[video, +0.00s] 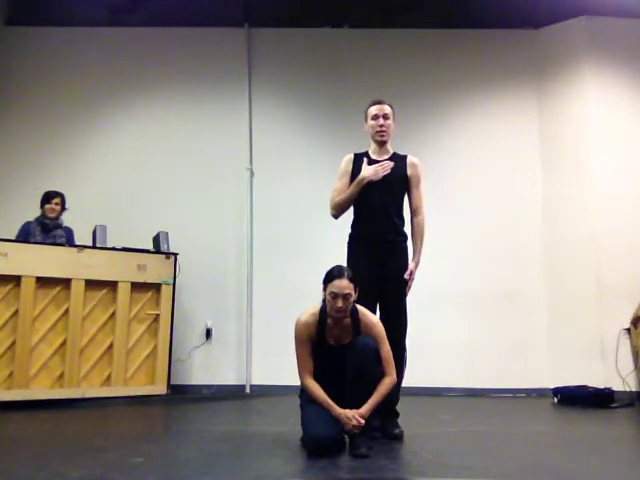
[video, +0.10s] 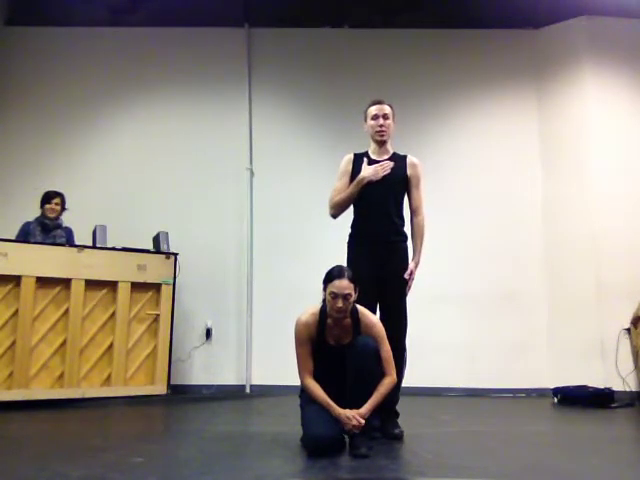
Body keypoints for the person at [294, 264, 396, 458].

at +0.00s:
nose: (339, 304)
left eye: (346, 297)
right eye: (333, 296)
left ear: (355, 295)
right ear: (324, 293)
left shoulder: (370, 323)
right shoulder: (306, 324)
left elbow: (391, 377)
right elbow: (306, 378)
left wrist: (362, 413)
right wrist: (338, 413)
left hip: (356, 392)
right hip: (321, 394)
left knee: (365, 346)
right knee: (321, 444)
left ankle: (360, 433)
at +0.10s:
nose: (340, 304)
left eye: (346, 297)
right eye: (333, 296)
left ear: (355, 295)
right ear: (324, 293)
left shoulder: (370, 323)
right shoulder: (306, 324)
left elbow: (391, 377)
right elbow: (306, 378)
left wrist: (362, 413)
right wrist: (338, 413)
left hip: (356, 393)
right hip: (321, 394)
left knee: (365, 346)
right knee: (321, 444)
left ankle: (360, 433)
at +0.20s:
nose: (340, 304)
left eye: (346, 297)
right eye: (333, 296)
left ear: (355, 295)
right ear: (324, 293)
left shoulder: (370, 324)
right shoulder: (306, 324)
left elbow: (391, 377)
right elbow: (306, 378)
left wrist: (362, 413)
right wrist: (338, 413)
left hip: (356, 393)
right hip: (321, 394)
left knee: (365, 346)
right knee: (322, 444)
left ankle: (360, 433)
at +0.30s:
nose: (340, 304)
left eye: (346, 297)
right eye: (333, 296)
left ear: (355, 295)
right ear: (324, 293)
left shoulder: (370, 324)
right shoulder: (306, 324)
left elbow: (391, 377)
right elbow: (306, 378)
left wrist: (362, 413)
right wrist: (338, 413)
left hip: (356, 393)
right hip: (321, 394)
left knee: (365, 346)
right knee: (322, 444)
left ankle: (360, 433)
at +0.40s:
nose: (340, 304)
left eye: (346, 297)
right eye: (333, 296)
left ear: (355, 295)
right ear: (324, 293)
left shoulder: (370, 324)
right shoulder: (306, 324)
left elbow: (391, 377)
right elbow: (306, 378)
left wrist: (362, 413)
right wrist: (338, 413)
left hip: (356, 393)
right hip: (321, 394)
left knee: (365, 346)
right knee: (322, 444)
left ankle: (360, 433)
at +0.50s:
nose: (339, 304)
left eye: (346, 298)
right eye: (333, 297)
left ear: (355, 296)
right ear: (324, 293)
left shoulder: (370, 324)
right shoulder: (306, 324)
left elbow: (391, 377)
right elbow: (306, 378)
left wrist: (362, 413)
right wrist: (339, 413)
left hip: (356, 393)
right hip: (321, 395)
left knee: (365, 346)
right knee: (321, 444)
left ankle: (360, 433)